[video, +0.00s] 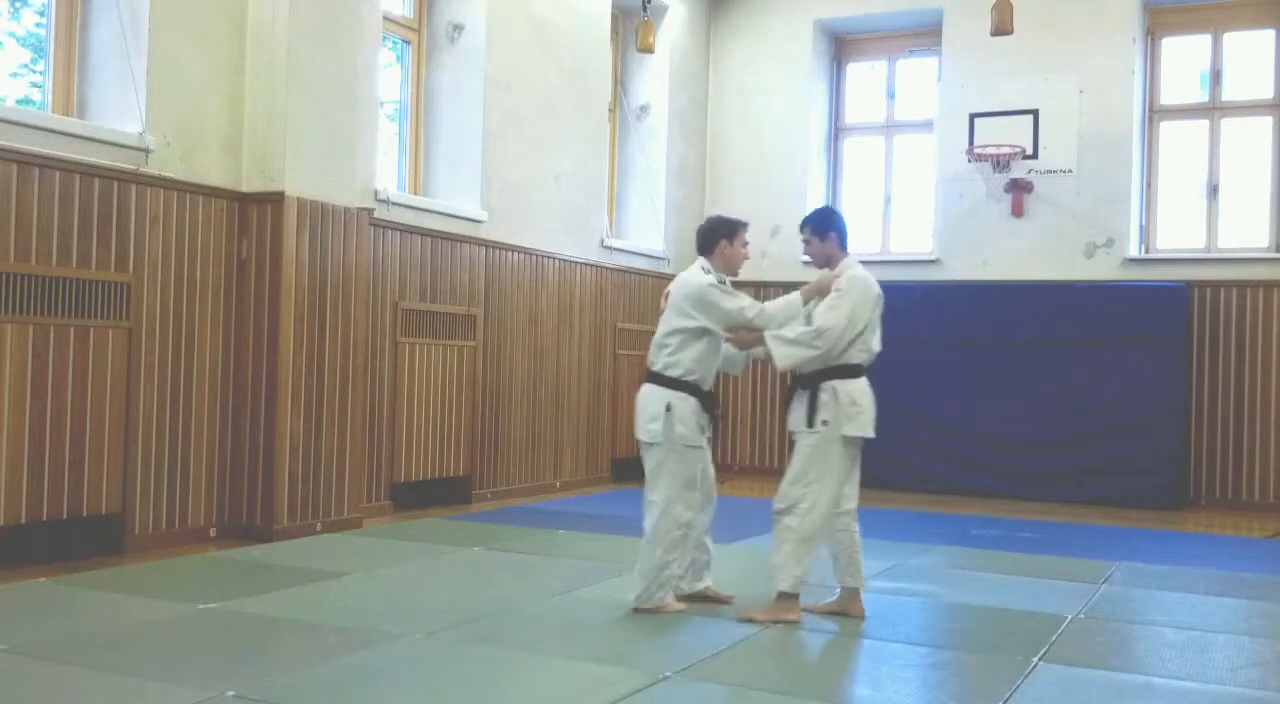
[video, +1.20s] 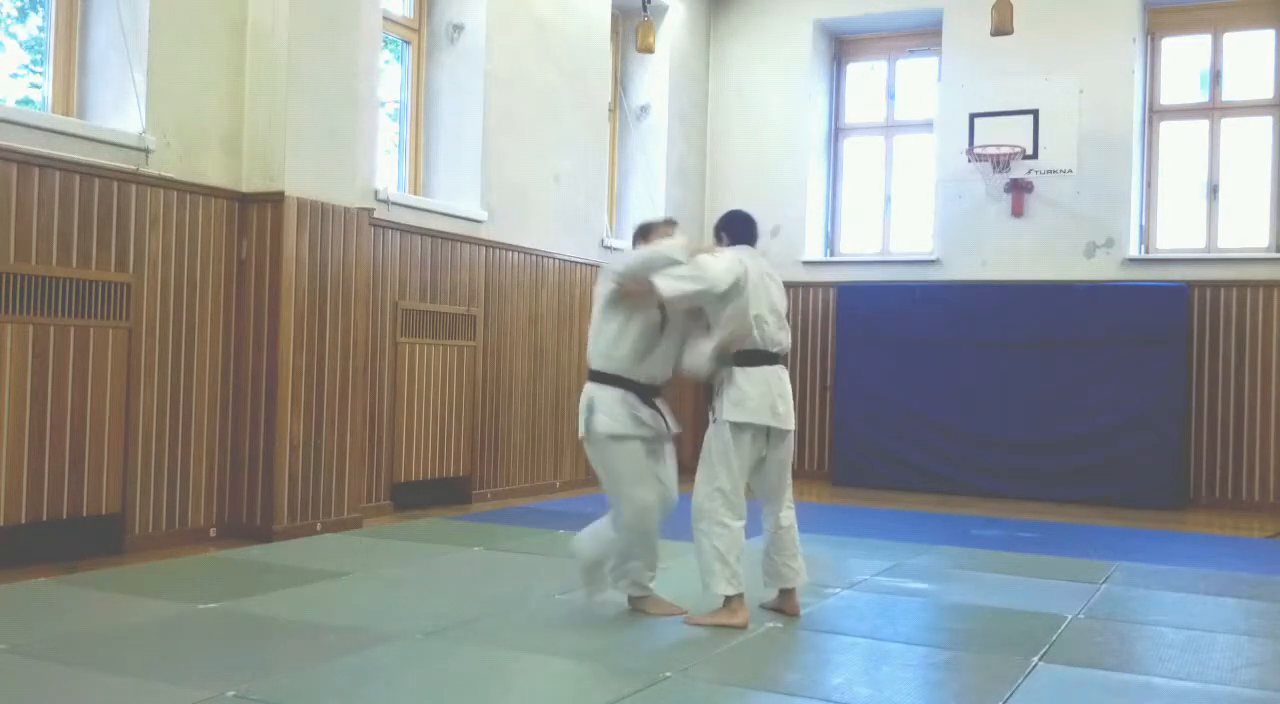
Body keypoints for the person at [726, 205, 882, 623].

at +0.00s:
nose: (806, 252)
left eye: (810, 243)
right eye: (804, 244)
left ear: (833, 238)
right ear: (829, 241)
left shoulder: (855, 282)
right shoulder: (837, 282)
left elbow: (824, 334)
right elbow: (806, 327)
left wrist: (763, 342)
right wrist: (756, 337)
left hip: (835, 399)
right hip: (834, 397)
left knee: (796, 501)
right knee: (839, 504)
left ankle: (786, 600)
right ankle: (850, 594)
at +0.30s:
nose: (765, 248)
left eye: (769, 240)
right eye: (765, 241)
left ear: (789, 237)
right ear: (795, 237)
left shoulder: (801, 275)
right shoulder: (810, 275)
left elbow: (790, 337)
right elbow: (780, 329)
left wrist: (734, 342)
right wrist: (724, 332)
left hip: (788, 394)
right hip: (804, 393)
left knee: (757, 492)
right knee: (792, 497)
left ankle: (780, 598)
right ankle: (787, 595)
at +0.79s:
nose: (738, 244)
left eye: (740, 237)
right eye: (740, 237)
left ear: (749, 236)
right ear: (780, 238)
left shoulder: (756, 268)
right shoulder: (791, 277)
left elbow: (746, 313)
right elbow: (773, 334)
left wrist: (713, 336)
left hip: (742, 393)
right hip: (779, 394)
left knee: (713, 496)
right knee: (773, 499)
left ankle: (732, 603)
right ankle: (787, 594)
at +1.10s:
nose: (726, 247)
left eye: (727, 240)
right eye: (729, 241)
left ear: (736, 236)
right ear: (769, 239)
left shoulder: (737, 262)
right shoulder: (784, 276)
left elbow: (731, 285)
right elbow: (789, 344)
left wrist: (671, 306)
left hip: (737, 386)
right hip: (778, 388)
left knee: (715, 494)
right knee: (777, 498)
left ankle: (732, 604)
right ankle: (787, 594)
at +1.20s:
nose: (711, 245)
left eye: (714, 238)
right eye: (715, 239)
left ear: (722, 237)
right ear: (755, 239)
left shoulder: (729, 260)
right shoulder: (772, 276)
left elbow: (706, 276)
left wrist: (650, 287)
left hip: (743, 392)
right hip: (779, 393)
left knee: (717, 497)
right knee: (778, 499)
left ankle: (732, 604)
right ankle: (788, 594)